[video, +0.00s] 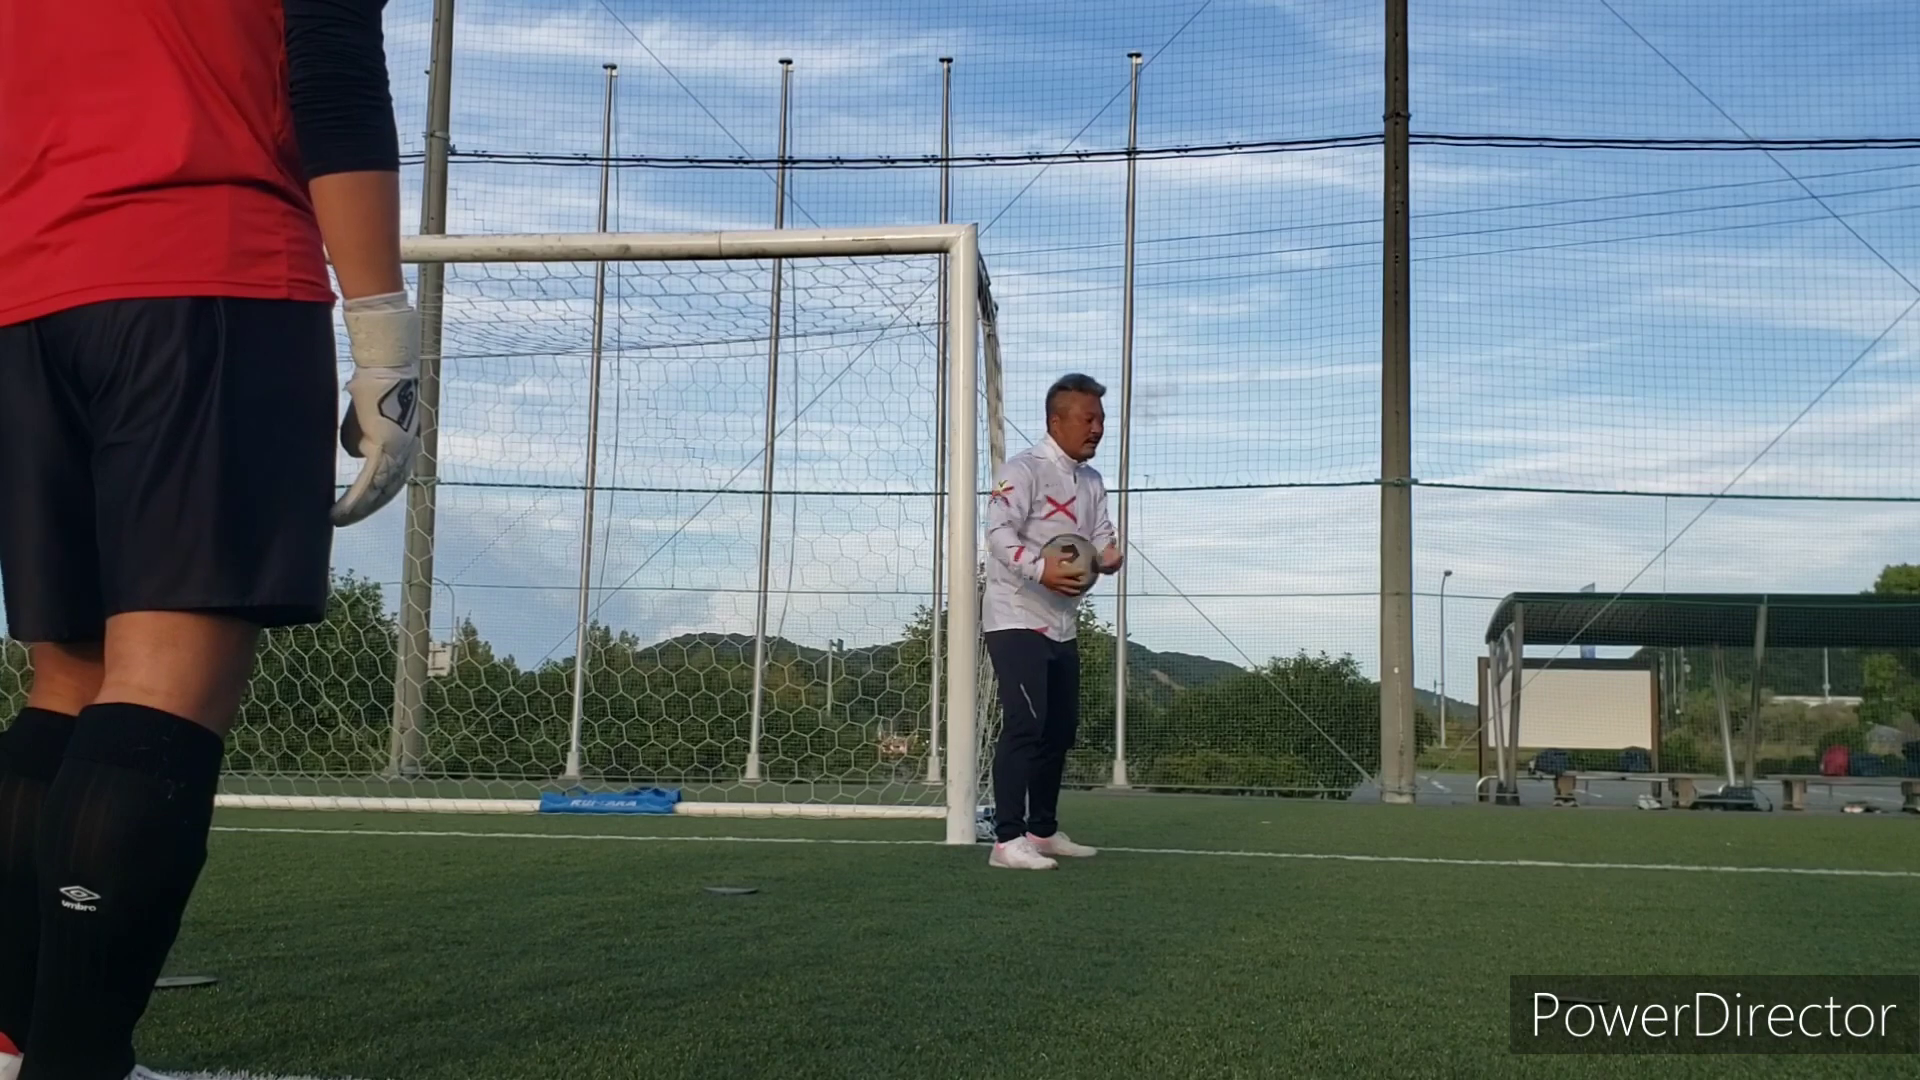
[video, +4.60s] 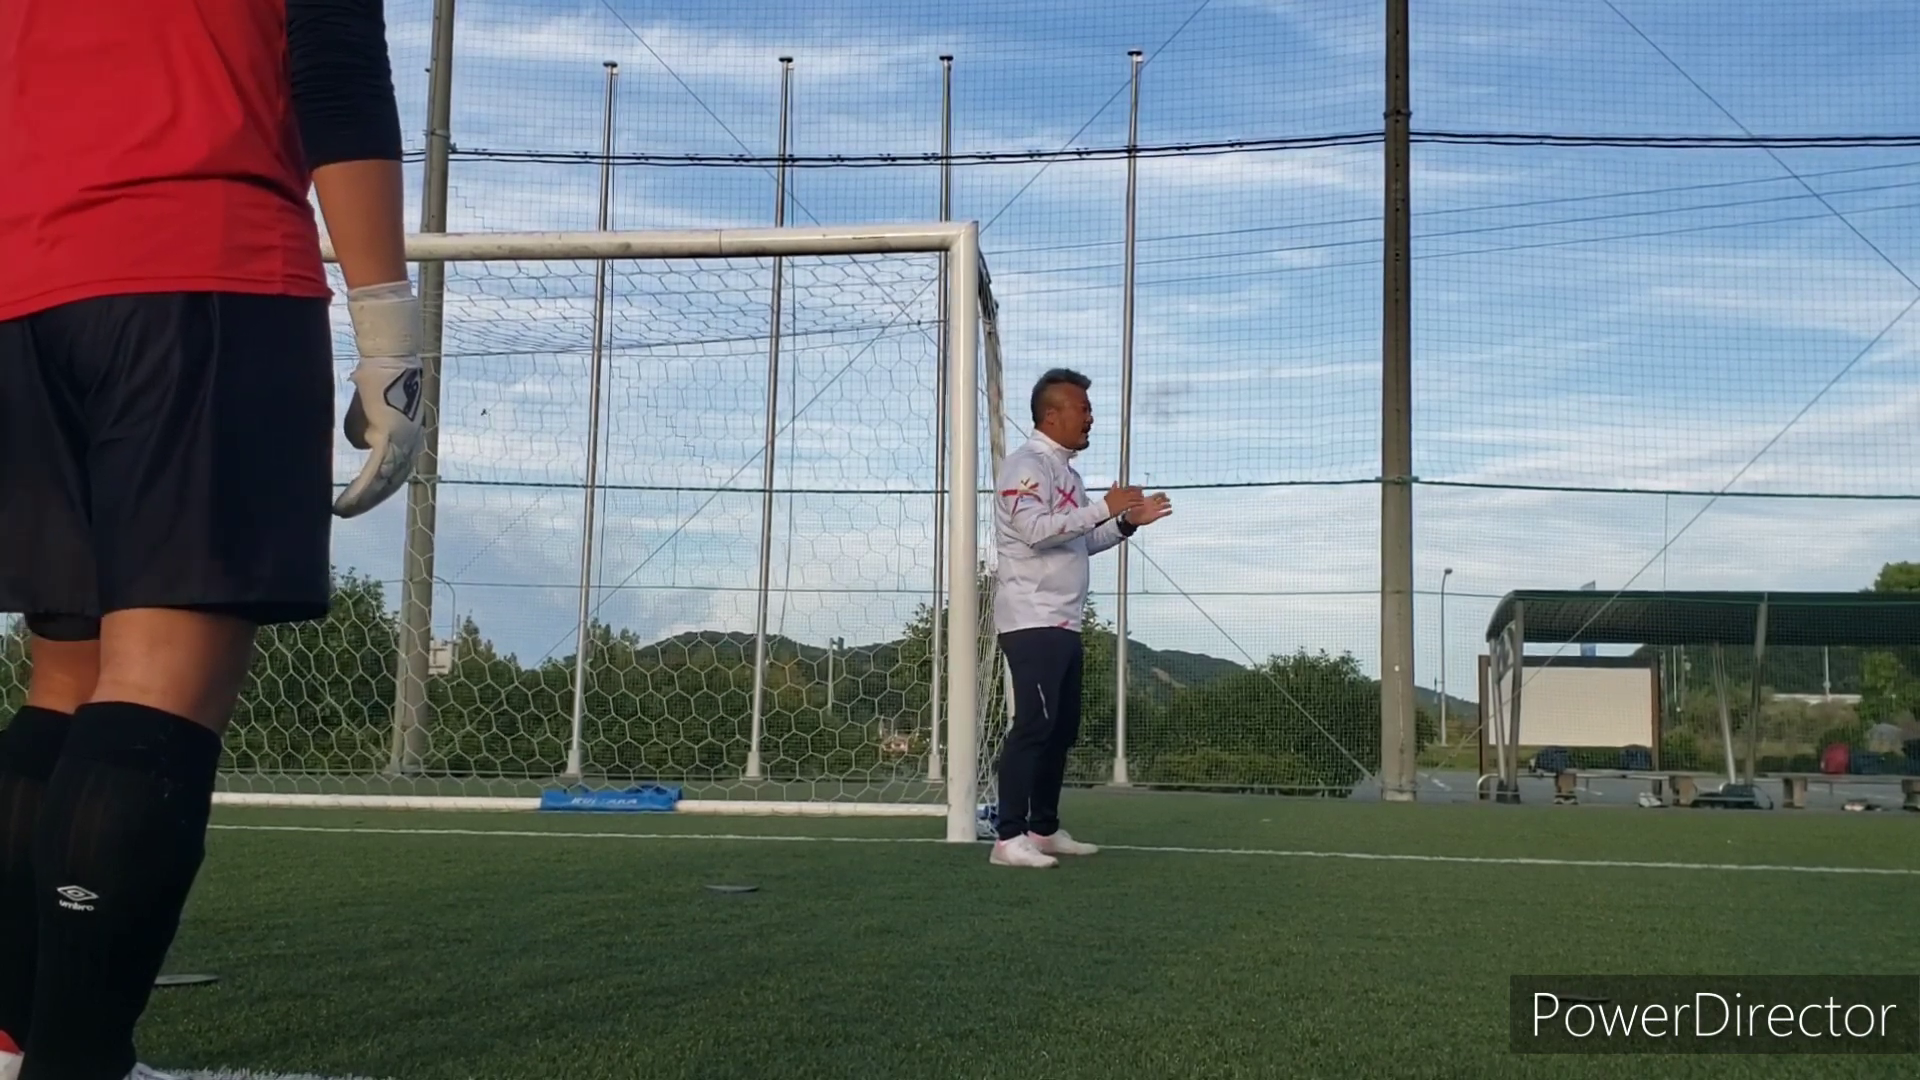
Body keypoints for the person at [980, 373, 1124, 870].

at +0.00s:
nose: (1098, 428)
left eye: (1101, 419)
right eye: (1088, 419)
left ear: (1099, 422)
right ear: (1055, 421)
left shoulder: (1092, 481)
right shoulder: (1023, 469)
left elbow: (1102, 538)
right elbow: (998, 535)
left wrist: (1106, 558)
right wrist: (1040, 567)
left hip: (1061, 620)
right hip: (1014, 616)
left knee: (1060, 726)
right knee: (1027, 721)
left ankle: (1041, 832)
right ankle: (1008, 841)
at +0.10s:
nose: (1098, 427)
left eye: (1100, 417)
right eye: (1087, 419)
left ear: (1098, 421)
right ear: (1055, 423)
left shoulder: (1093, 480)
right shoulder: (1019, 471)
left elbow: (1102, 532)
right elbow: (962, 517)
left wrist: (1103, 557)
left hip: (1064, 625)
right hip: (1017, 619)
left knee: (1060, 729)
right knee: (1026, 723)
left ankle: (1041, 832)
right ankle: (1007, 841)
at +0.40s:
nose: (1094, 415)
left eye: (1094, 406)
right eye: (1084, 408)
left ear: (1085, 412)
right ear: (1050, 416)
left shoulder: (1083, 469)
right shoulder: (1019, 468)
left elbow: (1083, 526)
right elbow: (986, 543)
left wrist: (1100, 563)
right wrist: (966, 606)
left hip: (1066, 624)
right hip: (1025, 621)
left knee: (1062, 727)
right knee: (1031, 725)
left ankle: (1045, 827)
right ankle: (1008, 840)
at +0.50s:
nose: (1085, 413)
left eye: (1086, 403)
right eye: (1074, 405)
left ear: (1082, 406)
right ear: (1042, 411)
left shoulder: (1075, 466)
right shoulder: (1021, 469)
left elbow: (1074, 530)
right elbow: (1044, 549)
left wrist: (1099, 560)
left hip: (1059, 618)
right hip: (1019, 617)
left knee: (1064, 721)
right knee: (1028, 723)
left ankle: (1048, 825)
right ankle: (1009, 840)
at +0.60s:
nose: (1078, 410)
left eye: (1081, 401)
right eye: (1065, 402)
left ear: (1083, 405)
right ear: (1035, 409)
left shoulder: (1068, 464)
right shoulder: (1023, 461)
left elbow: (1067, 527)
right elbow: (1079, 505)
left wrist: (1098, 554)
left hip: (1056, 616)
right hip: (1019, 613)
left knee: (1062, 719)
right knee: (1028, 722)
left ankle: (1047, 825)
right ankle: (1008, 840)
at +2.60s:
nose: (1053, 416)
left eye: (1057, 408)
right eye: (1041, 408)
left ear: (1061, 414)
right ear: (1013, 415)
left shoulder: (1056, 472)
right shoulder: (1002, 467)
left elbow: (1091, 529)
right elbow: (1028, 521)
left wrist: (1110, 490)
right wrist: (1077, 474)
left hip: (1060, 617)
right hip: (1021, 616)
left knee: (1062, 723)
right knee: (1030, 721)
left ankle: (1042, 830)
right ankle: (1008, 839)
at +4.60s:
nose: (1092, 417)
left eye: (1090, 408)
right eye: (1084, 409)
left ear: (1062, 415)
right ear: (1052, 415)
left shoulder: (1069, 477)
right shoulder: (1026, 464)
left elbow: (1080, 541)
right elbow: (1034, 528)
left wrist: (1125, 523)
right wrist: (1105, 507)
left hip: (1062, 621)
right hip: (1031, 619)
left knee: (1060, 728)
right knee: (1034, 725)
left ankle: (1043, 830)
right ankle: (1009, 839)